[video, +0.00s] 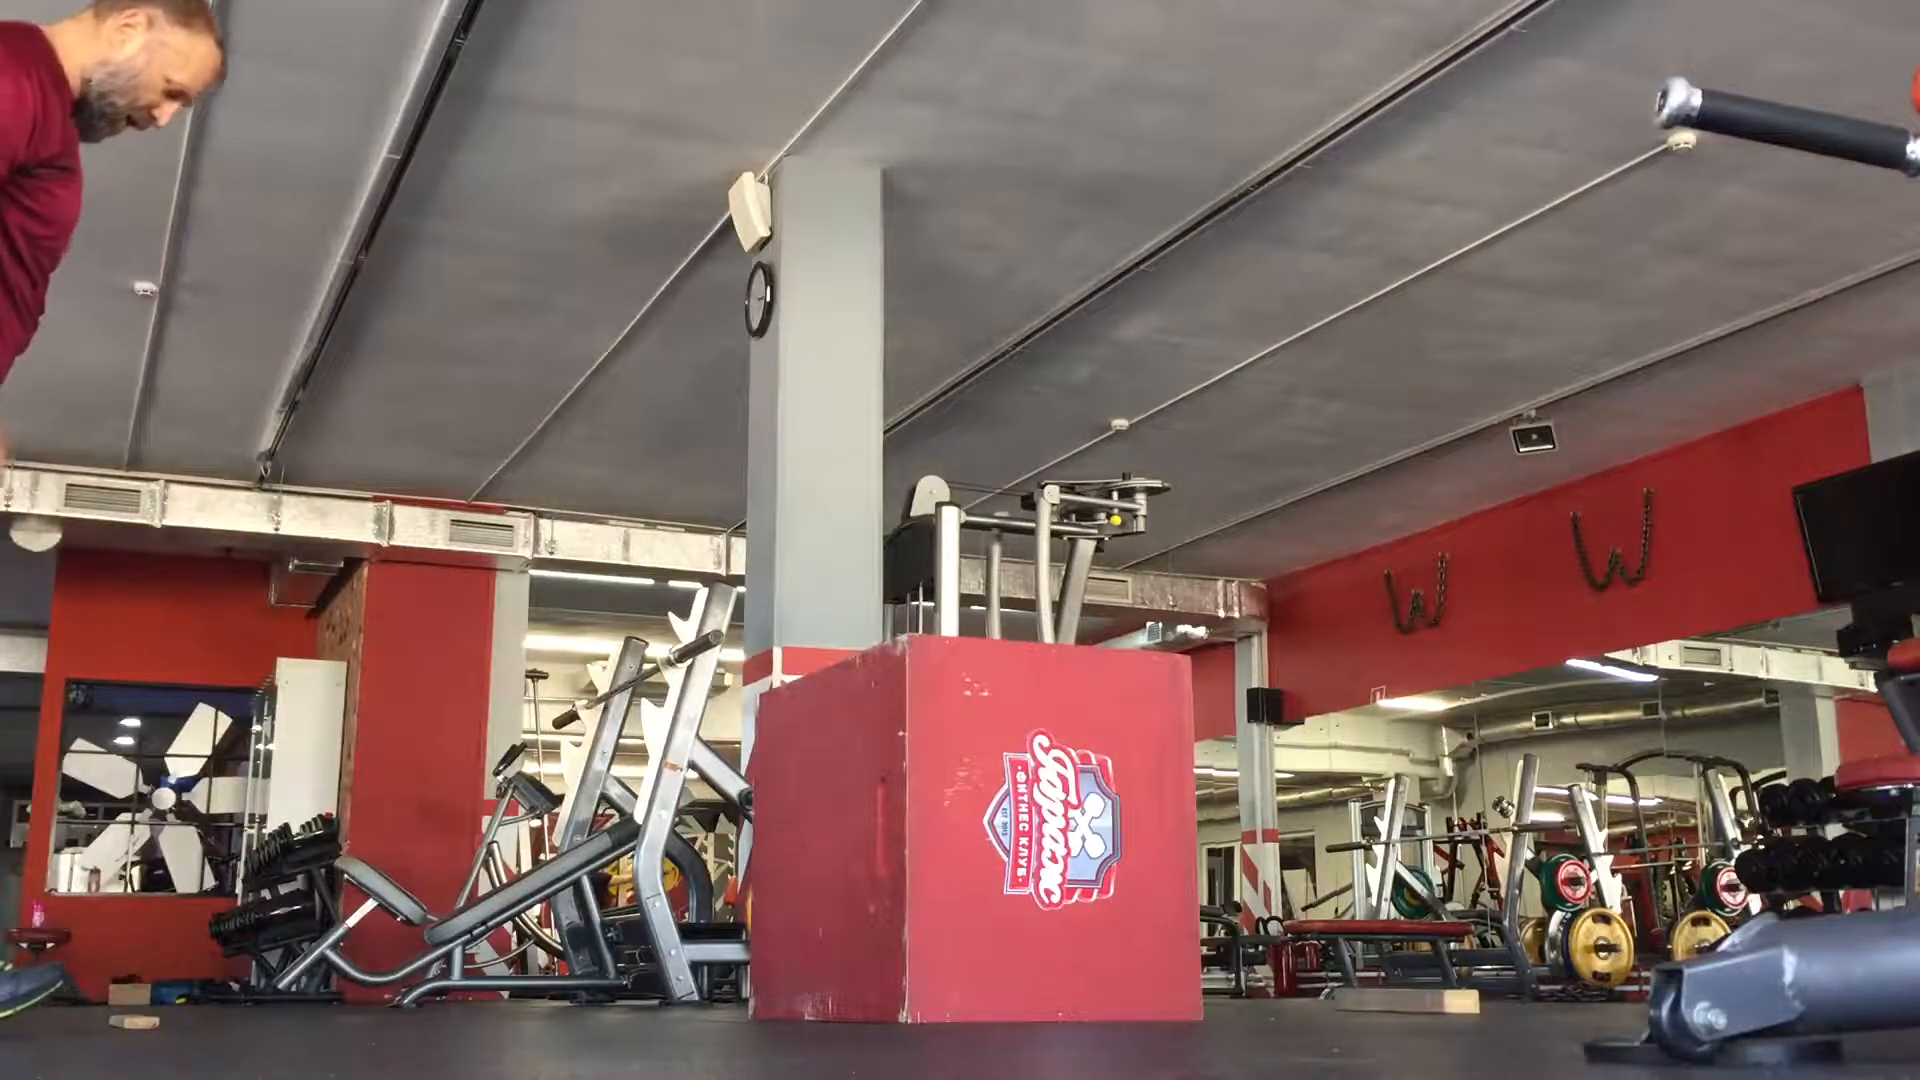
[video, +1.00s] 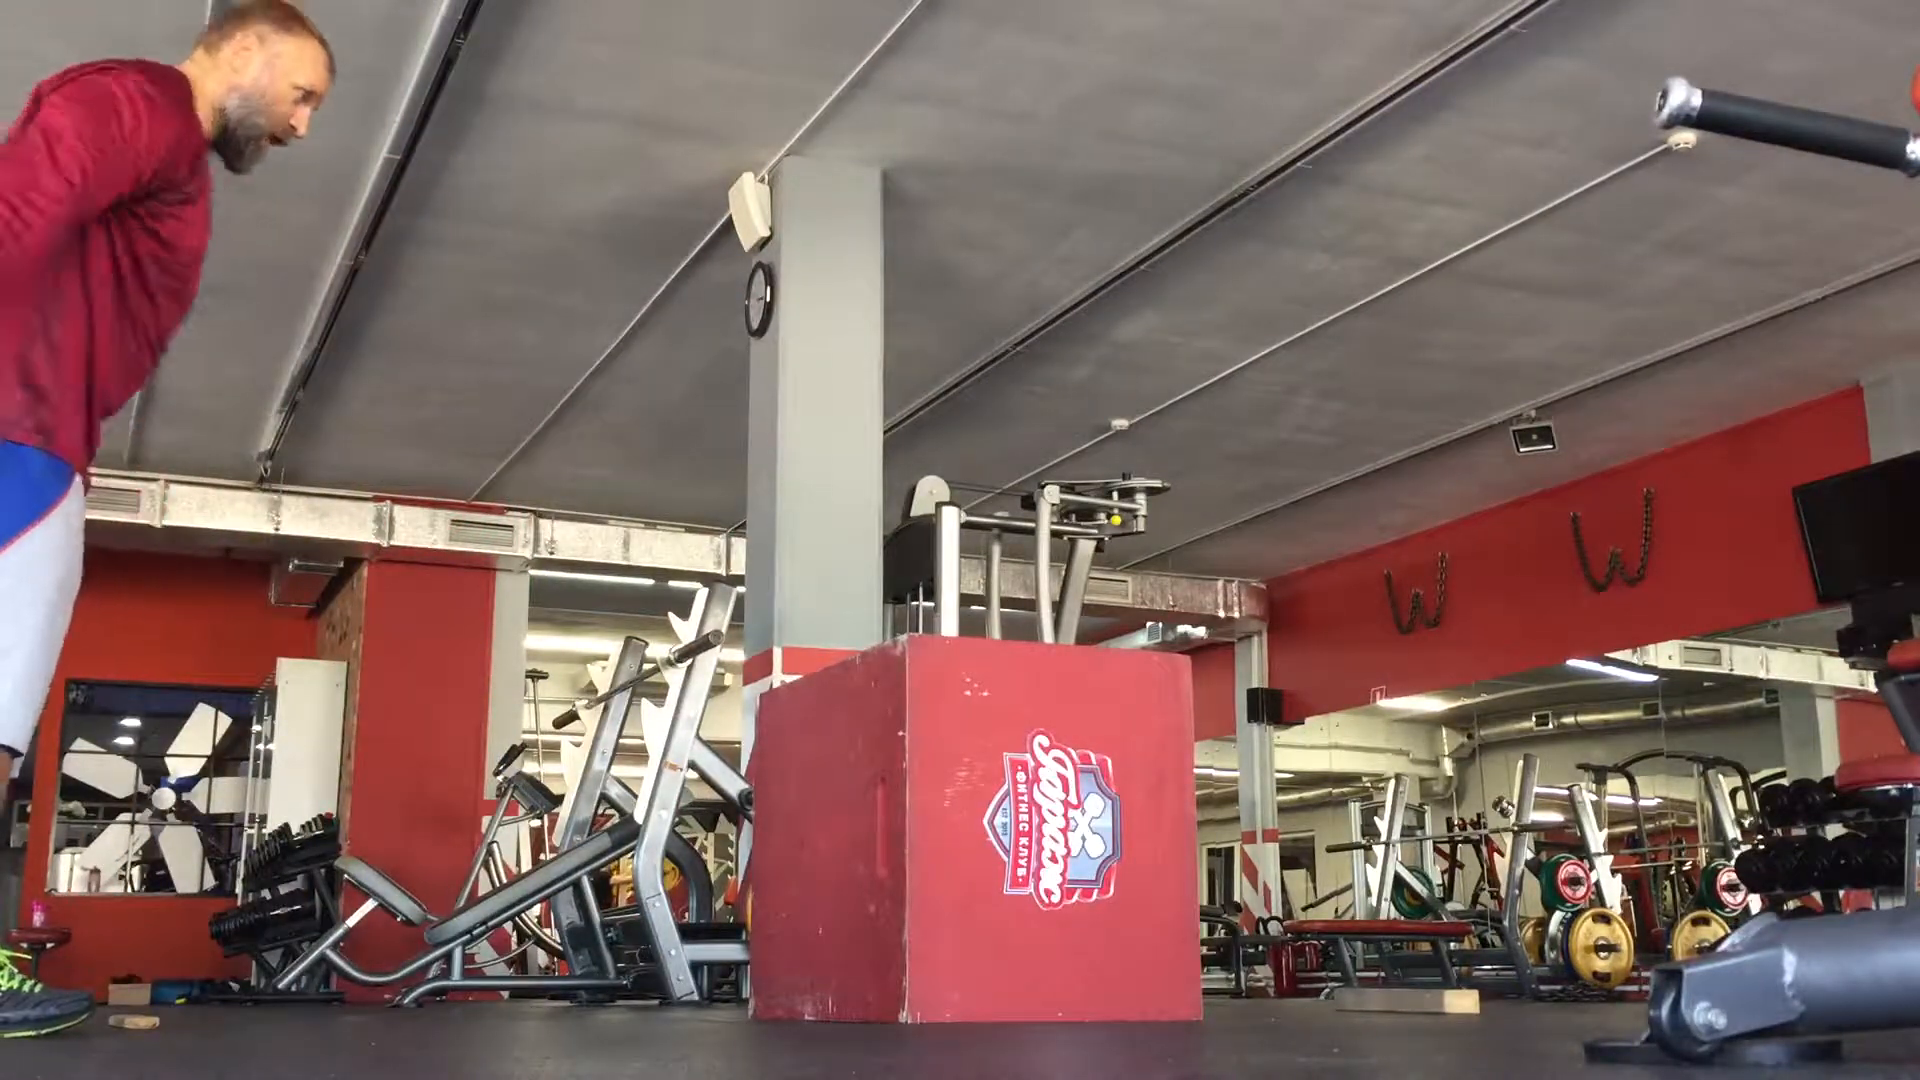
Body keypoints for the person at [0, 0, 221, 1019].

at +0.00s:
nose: (164, 117)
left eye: (183, 106)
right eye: (175, 88)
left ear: (123, 27)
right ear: (131, 22)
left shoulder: (47, 113)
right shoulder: (19, 80)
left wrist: (2, 438)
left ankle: (3, 953)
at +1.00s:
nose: (302, 124)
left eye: (314, 108)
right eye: (302, 94)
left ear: (240, 58)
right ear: (240, 52)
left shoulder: (164, 131)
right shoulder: (143, 103)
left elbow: (43, 264)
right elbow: (14, 220)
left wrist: (60, 449)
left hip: (40, 453)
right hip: (25, 451)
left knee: (12, 723)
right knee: (7, 724)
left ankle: (2, 963)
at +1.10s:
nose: (351, 157)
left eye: (363, 142)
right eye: (353, 125)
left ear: (300, 105)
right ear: (288, 82)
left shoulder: (217, 172)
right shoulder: (194, 113)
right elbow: (20, 110)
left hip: (43, 438)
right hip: (25, 432)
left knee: (17, 723)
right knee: (10, 723)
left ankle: (4, 958)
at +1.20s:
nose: (394, 222)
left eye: (404, 204)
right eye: (395, 190)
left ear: (340, 163)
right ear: (333, 147)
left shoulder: (249, 226)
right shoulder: (243, 152)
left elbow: (97, 299)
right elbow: (82, 76)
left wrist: (73, 447)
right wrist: (8, 50)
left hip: (37, 422)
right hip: (19, 407)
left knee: (41, 672)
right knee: (40, 672)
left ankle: (7, 952)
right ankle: (3, 957)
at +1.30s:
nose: (424, 308)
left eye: (434, 291)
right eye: (424, 278)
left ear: (372, 247)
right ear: (370, 237)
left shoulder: (262, 296)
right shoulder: (271, 223)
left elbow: (30, 253)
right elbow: (104, 129)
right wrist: (5, 79)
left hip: (34, 447)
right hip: (22, 437)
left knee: (63, 678)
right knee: (75, 676)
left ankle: (7, 948)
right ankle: (3, 952)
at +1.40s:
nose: (458, 382)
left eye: (466, 361)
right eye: (457, 351)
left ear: (399, 327)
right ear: (399, 319)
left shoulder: (299, 394)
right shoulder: (281, 323)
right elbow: (87, 266)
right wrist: (2, 242)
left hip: (58, 494)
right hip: (35, 476)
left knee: (103, 724)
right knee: (125, 718)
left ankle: (6, 945)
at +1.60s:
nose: (469, 282)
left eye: (474, 260)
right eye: (462, 249)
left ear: (385, 238)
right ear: (399, 228)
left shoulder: (314, 295)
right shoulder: (334, 286)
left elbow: (429, 454)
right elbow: (460, 406)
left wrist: (588, 445)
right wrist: (603, 427)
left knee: (155, 777)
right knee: (199, 777)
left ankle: (12, 941)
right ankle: (8, 922)